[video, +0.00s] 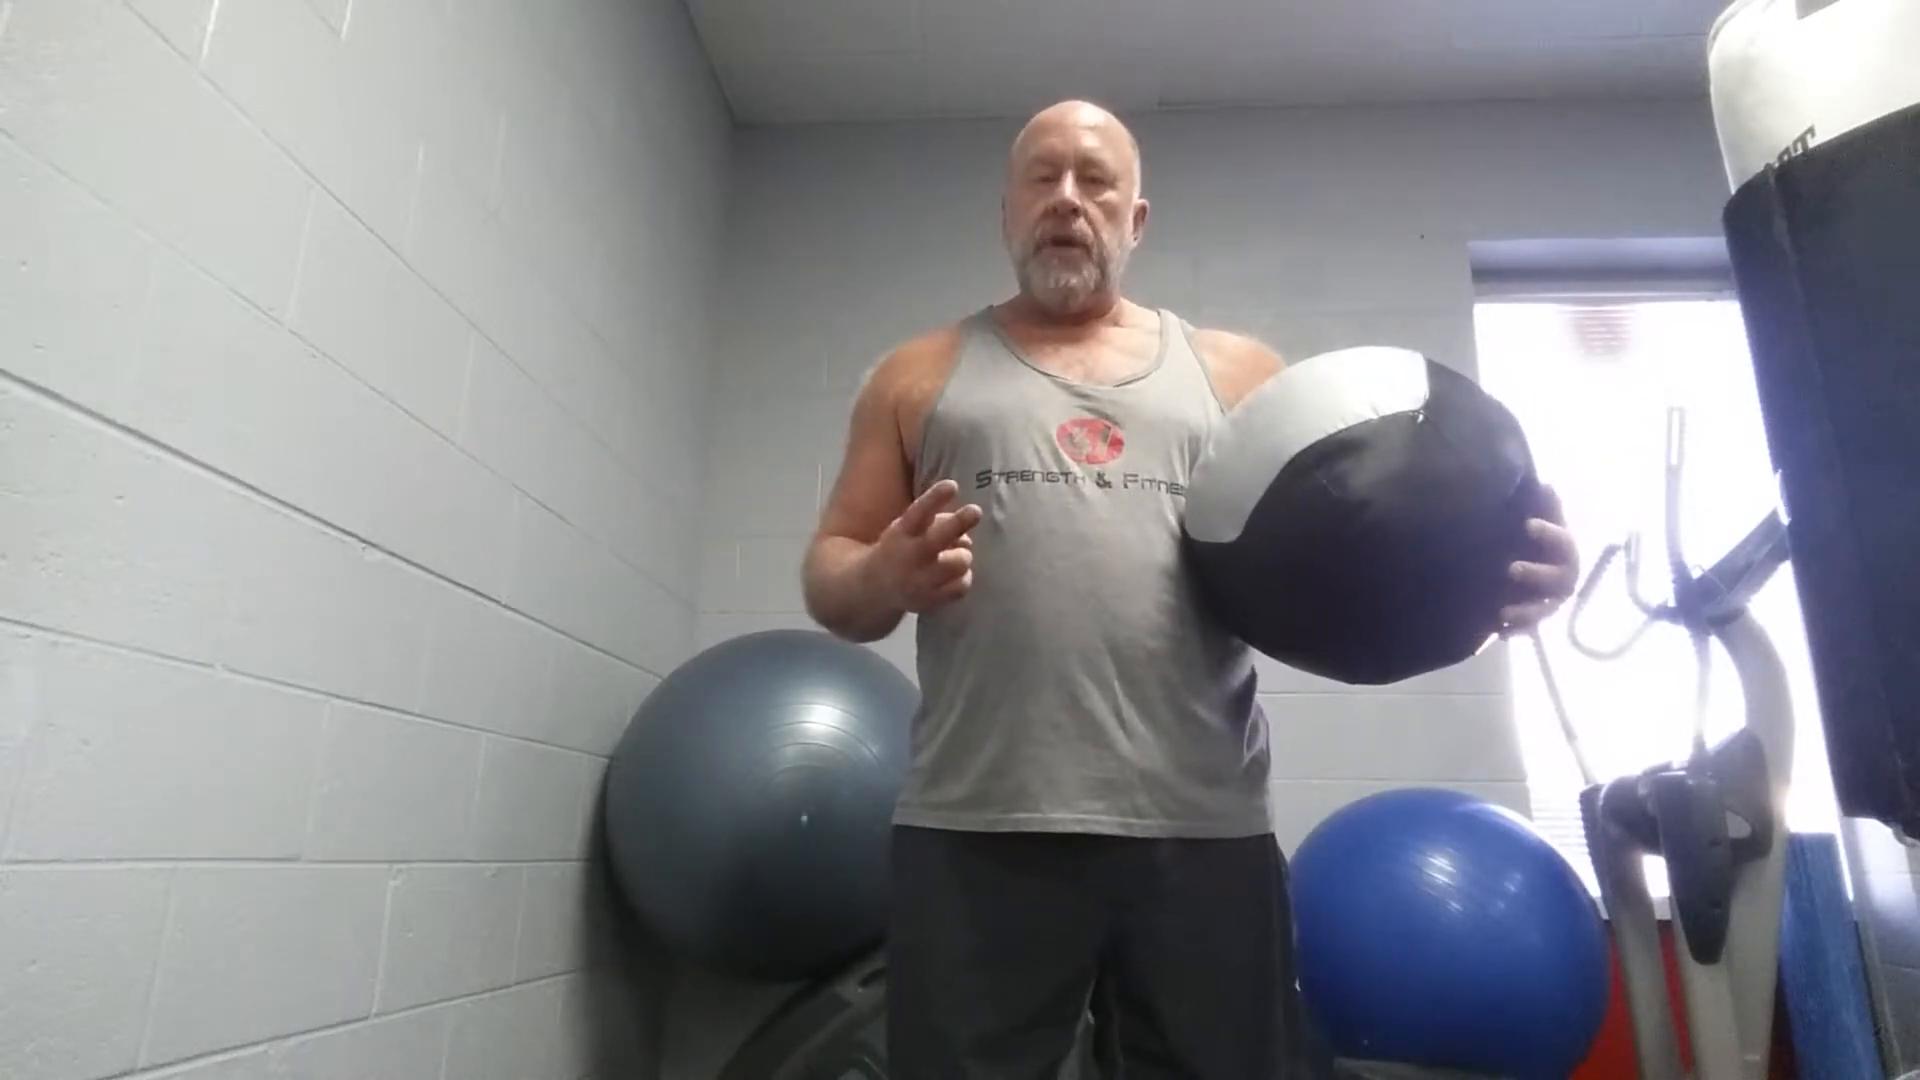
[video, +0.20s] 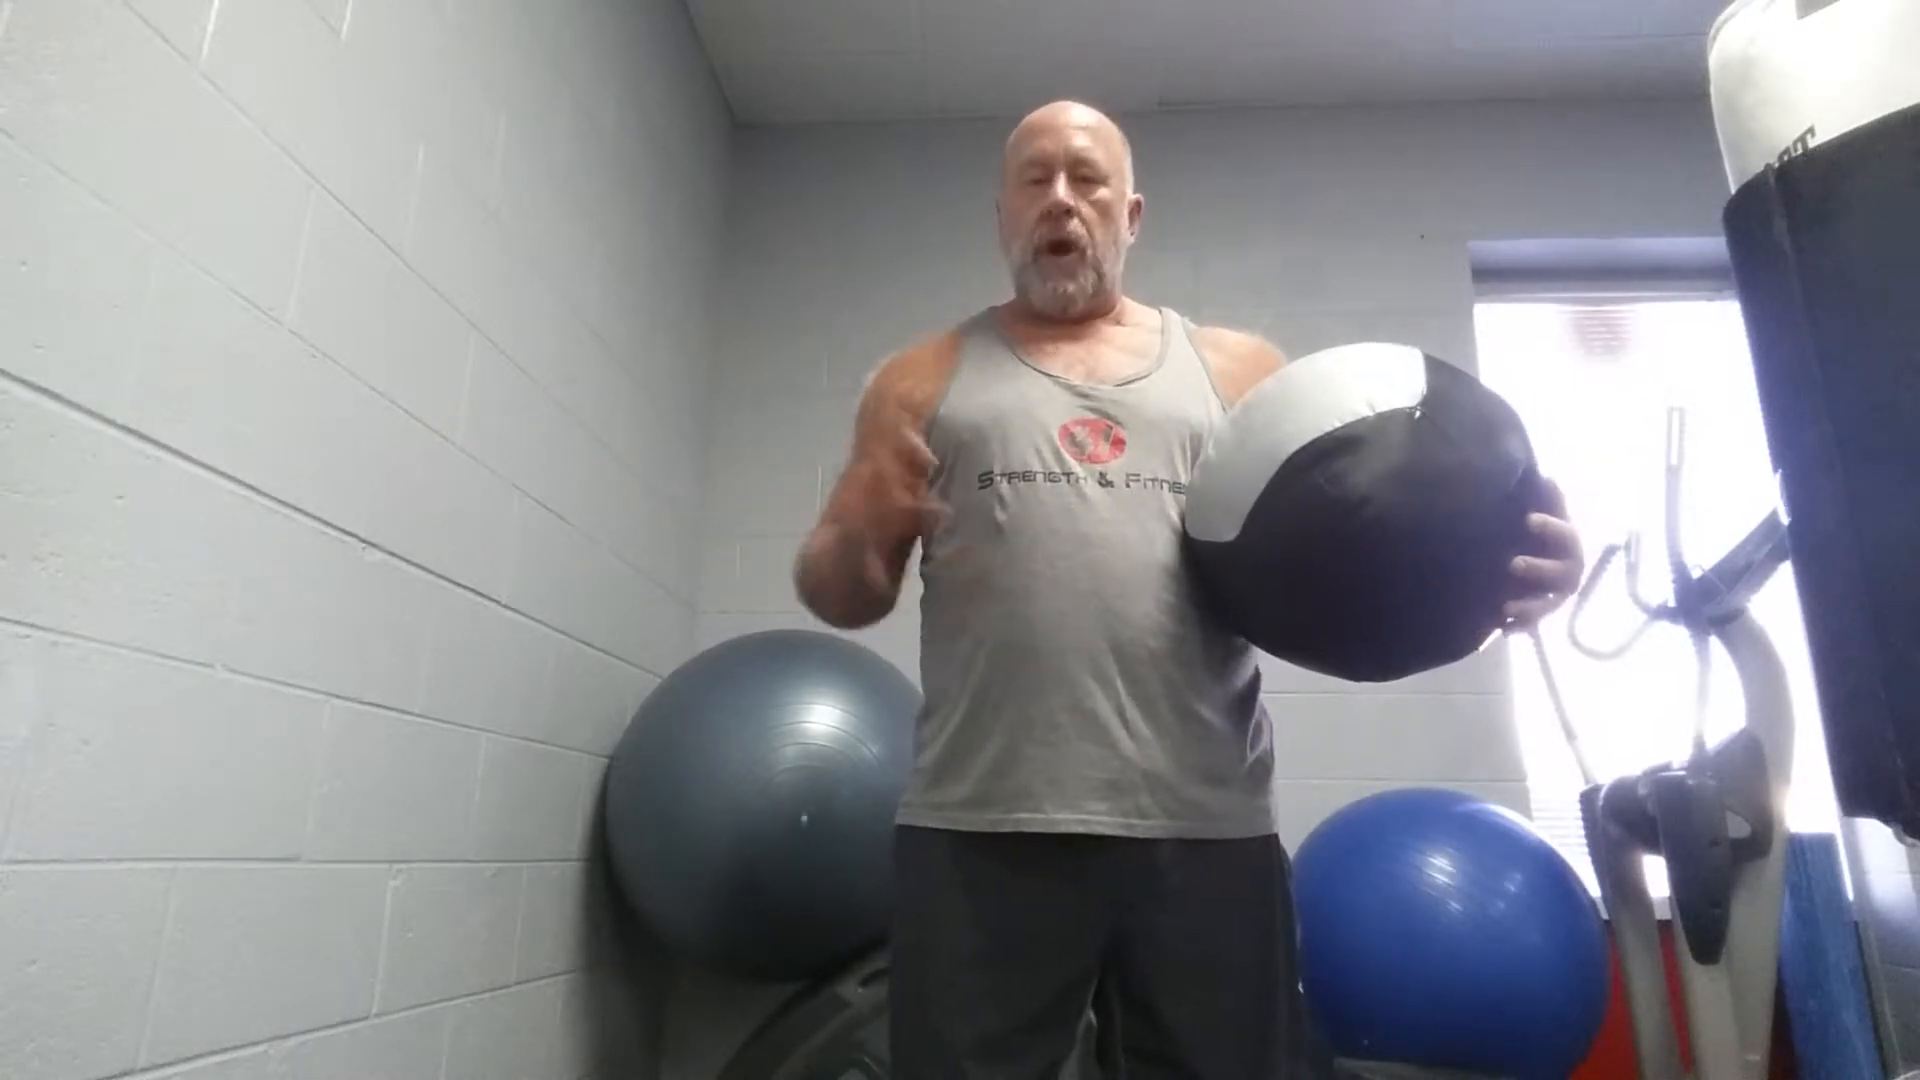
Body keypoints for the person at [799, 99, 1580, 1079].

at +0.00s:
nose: (1065, 197)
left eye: (1095, 178)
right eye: (1041, 175)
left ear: (1137, 217)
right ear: (1003, 209)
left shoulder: (1235, 370)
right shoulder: (916, 377)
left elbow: (1370, 536)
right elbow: (832, 590)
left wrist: (1515, 570)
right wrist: (881, 578)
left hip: (1204, 836)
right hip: (976, 834)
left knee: (1229, 1072)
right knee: (961, 1070)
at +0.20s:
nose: (1058, 199)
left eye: (1086, 178)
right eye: (1034, 178)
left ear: (1133, 212)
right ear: (998, 213)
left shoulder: (1236, 368)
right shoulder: (919, 381)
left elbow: (1377, 529)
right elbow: (842, 599)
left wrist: (1527, 564)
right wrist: (863, 525)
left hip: (1206, 834)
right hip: (979, 835)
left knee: (1231, 1068)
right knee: (967, 1068)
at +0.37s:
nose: (1060, 203)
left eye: (1086, 181)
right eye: (1035, 183)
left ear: (1136, 210)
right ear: (1000, 216)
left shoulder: (1245, 366)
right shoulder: (927, 384)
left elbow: (1383, 525)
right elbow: (824, 565)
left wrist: (1534, 557)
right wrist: (653, 498)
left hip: (1213, 840)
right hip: (986, 842)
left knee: (1254, 1073)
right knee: (970, 1074)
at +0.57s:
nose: (1059, 208)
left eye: (1088, 188)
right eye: (1035, 187)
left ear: (1136, 216)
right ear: (1004, 216)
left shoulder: (1251, 366)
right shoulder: (931, 388)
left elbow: (1375, 542)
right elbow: (852, 580)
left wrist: (1533, 564)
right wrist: (769, 477)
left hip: (1216, 834)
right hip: (991, 837)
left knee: (1248, 1071)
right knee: (974, 1068)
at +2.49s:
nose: (997, 185)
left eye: (1026, 163)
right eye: (970, 166)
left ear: (1076, 201)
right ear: (941, 207)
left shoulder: (1180, 335)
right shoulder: (890, 400)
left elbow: (1347, 447)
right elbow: (829, 588)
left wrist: (1462, 524)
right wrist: (753, 563)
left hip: (1151, 858)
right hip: (941, 868)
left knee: (1157, 1075)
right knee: (931, 1077)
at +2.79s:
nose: (958, 160)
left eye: (991, 135)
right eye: (935, 138)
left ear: (1054, 169)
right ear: (910, 174)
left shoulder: (1153, 302)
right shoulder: (881, 381)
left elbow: (1349, 460)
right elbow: (835, 555)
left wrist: (1312, 595)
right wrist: (817, 613)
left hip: (1128, 825)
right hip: (943, 840)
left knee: (1103, 1062)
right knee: (951, 1065)